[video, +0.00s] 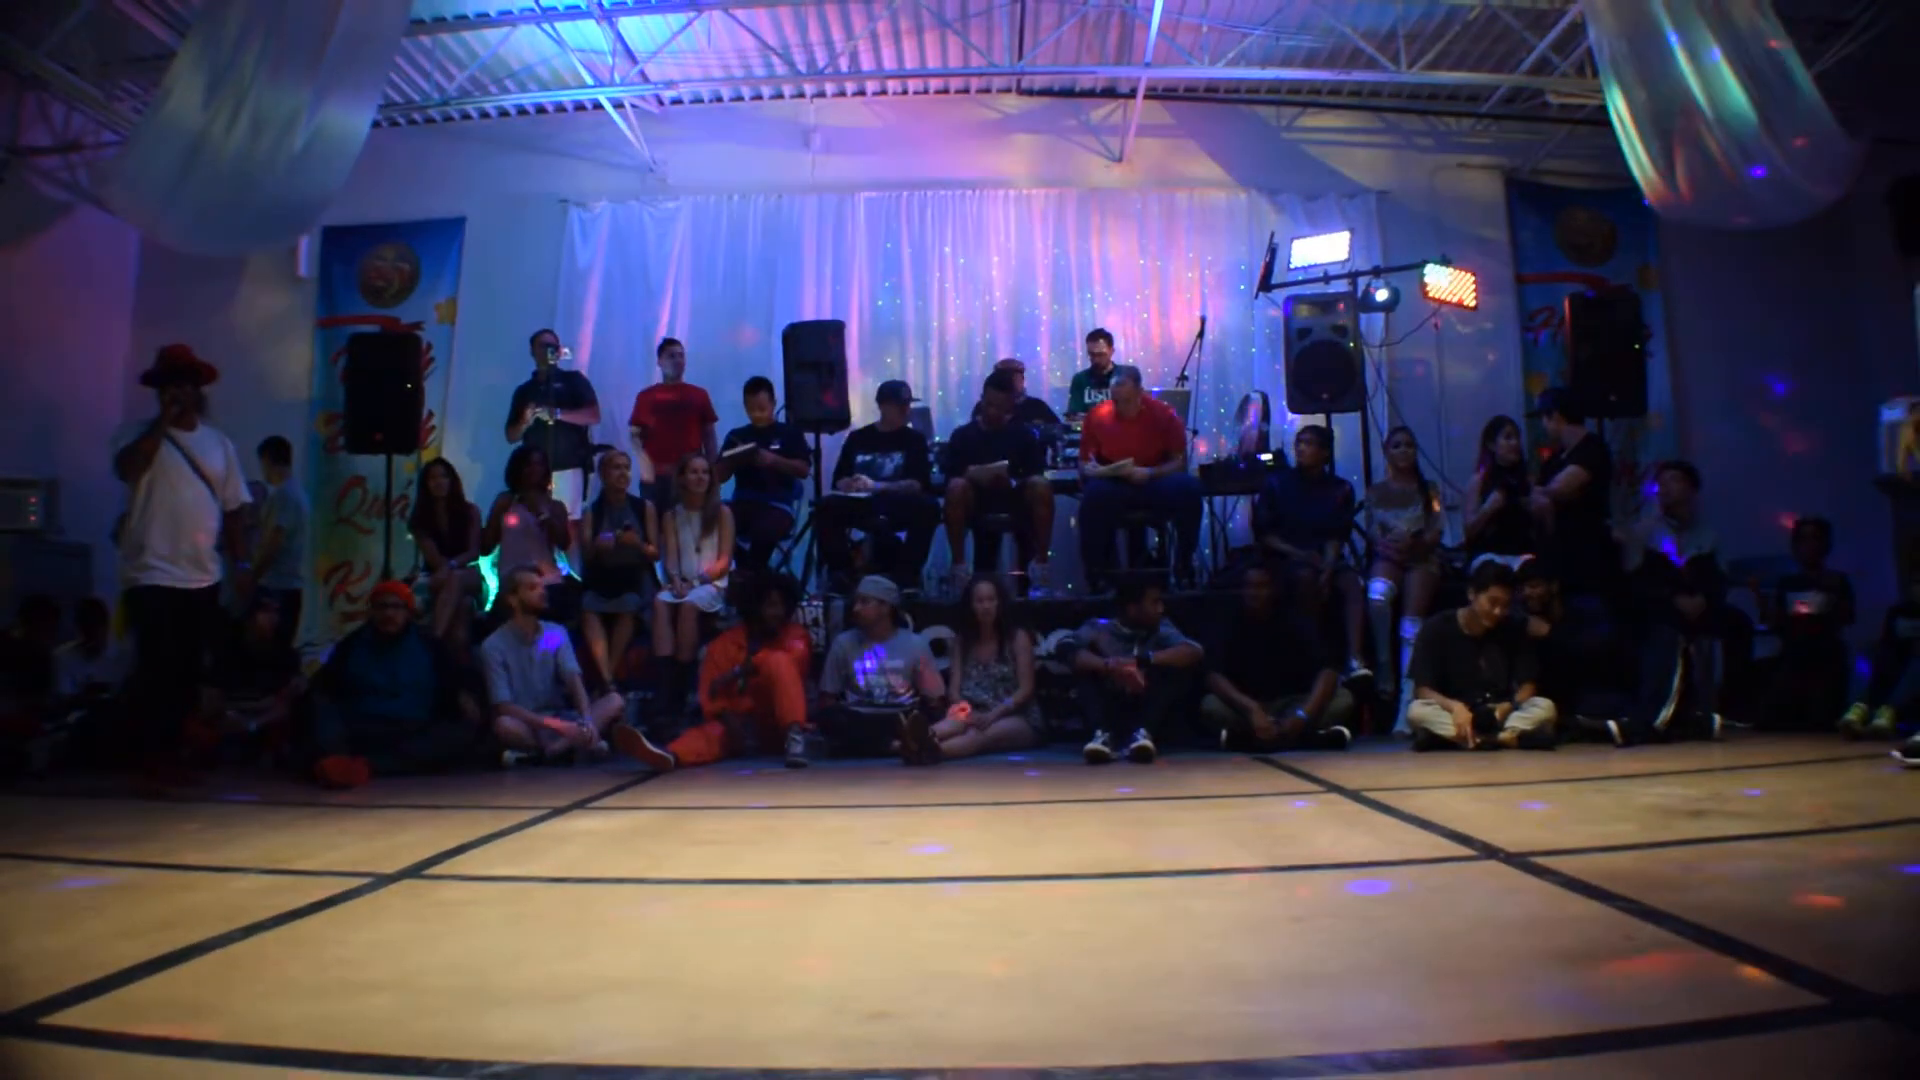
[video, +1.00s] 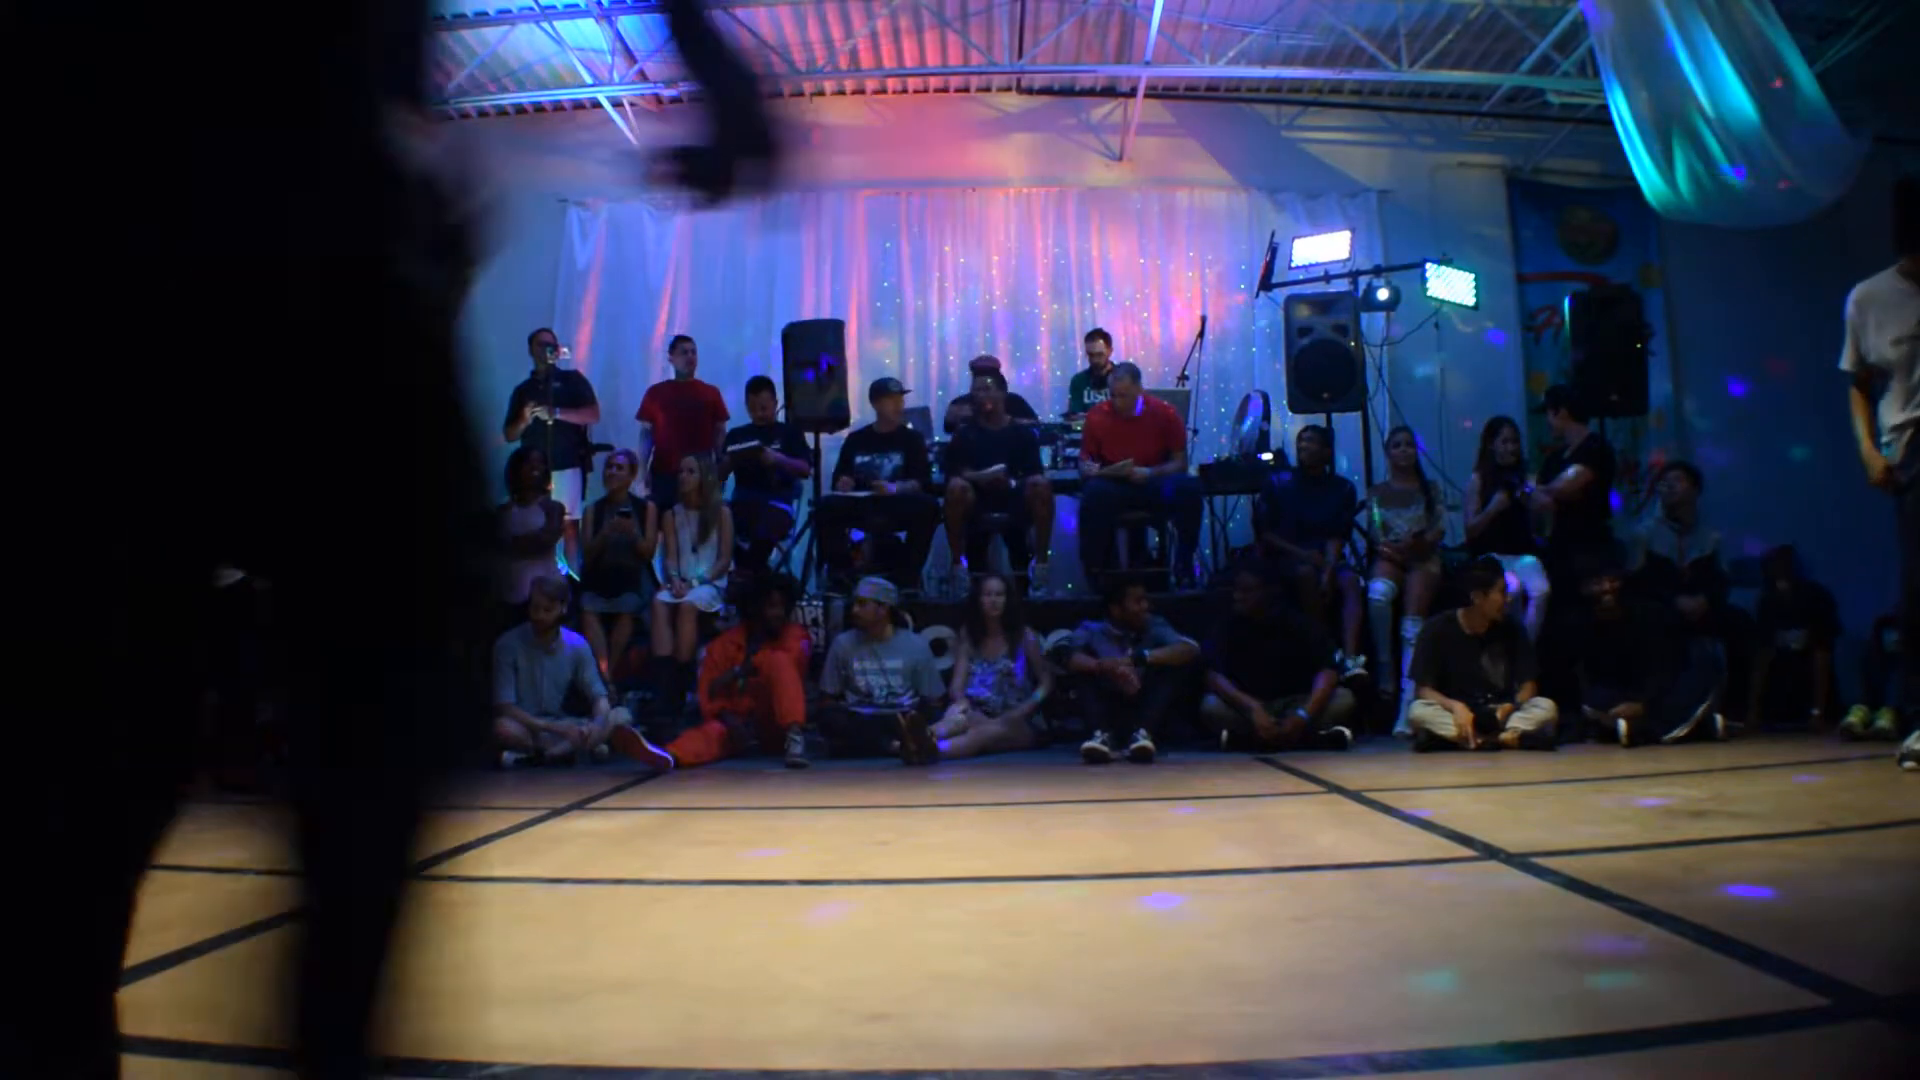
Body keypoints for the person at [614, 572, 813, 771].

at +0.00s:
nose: (776, 612)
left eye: (782, 605)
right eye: (769, 605)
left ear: (789, 609)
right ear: (753, 607)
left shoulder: (795, 637)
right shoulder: (724, 646)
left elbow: (787, 666)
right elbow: (710, 705)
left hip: (775, 720)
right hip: (737, 723)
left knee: (777, 660)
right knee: (709, 736)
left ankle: (795, 736)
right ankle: (671, 755)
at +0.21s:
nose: (777, 613)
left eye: (782, 606)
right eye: (770, 606)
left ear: (788, 609)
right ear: (755, 607)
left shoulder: (795, 636)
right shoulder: (726, 645)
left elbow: (785, 663)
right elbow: (709, 705)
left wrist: (749, 668)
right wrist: (732, 717)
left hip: (774, 717)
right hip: (737, 721)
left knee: (780, 661)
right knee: (708, 735)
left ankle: (794, 737)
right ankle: (671, 754)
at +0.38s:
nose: (777, 613)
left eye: (782, 607)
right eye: (770, 606)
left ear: (788, 609)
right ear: (754, 608)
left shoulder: (796, 636)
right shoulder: (725, 645)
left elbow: (785, 661)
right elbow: (709, 703)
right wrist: (732, 718)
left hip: (774, 720)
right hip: (737, 724)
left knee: (779, 660)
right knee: (709, 736)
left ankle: (794, 736)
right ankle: (670, 755)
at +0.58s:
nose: (778, 613)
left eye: (783, 607)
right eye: (771, 606)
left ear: (789, 609)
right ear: (754, 608)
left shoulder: (796, 637)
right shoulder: (726, 645)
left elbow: (786, 667)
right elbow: (710, 702)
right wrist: (731, 719)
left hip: (775, 723)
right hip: (739, 725)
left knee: (778, 661)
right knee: (711, 735)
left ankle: (794, 737)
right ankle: (669, 755)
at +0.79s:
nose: (778, 613)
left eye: (783, 607)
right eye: (771, 606)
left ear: (790, 609)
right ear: (754, 609)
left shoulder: (796, 636)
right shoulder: (724, 646)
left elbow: (786, 664)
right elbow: (708, 706)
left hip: (774, 719)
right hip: (736, 724)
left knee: (778, 659)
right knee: (710, 736)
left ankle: (795, 736)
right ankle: (669, 756)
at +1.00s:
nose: (778, 614)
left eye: (783, 607)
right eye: (771, 606)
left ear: (789, 609)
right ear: (754, 608)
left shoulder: (795, 637)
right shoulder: (725, 645)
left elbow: (789, 666)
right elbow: (708, 702)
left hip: (774, 720)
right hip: (736, 723)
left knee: (778, 660)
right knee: (710, 736)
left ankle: (795, 736)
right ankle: (669, 755)